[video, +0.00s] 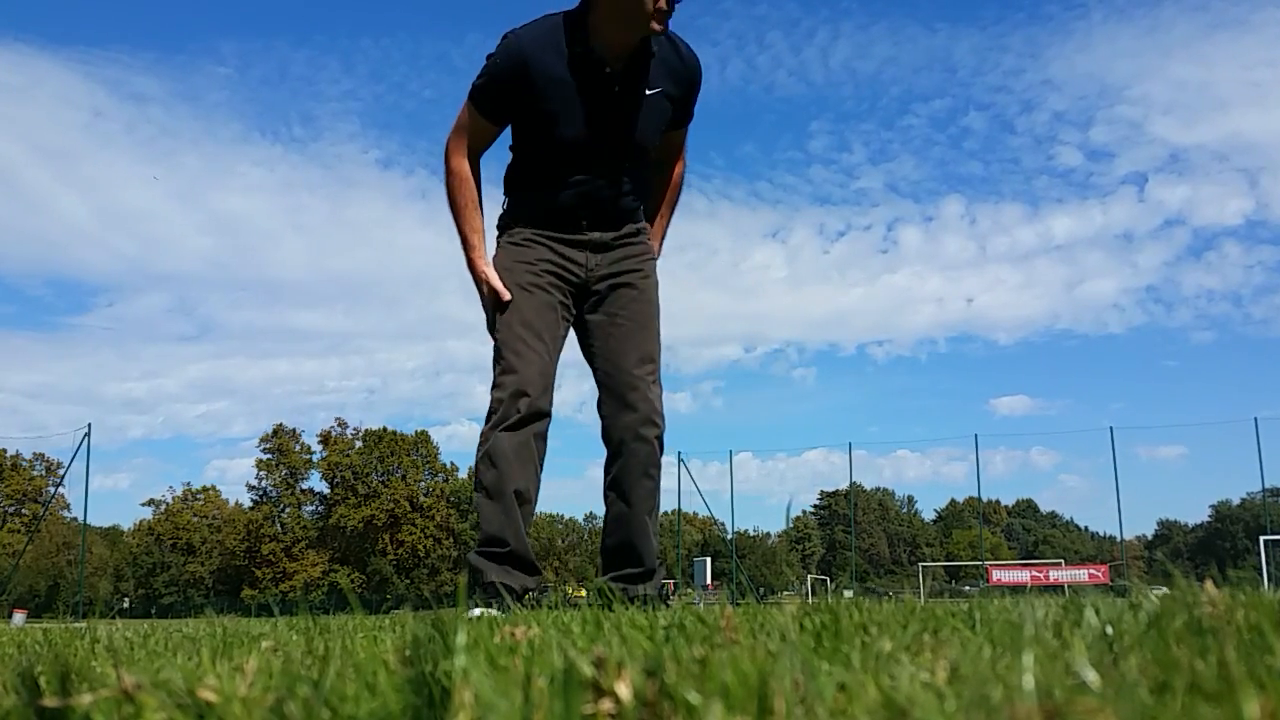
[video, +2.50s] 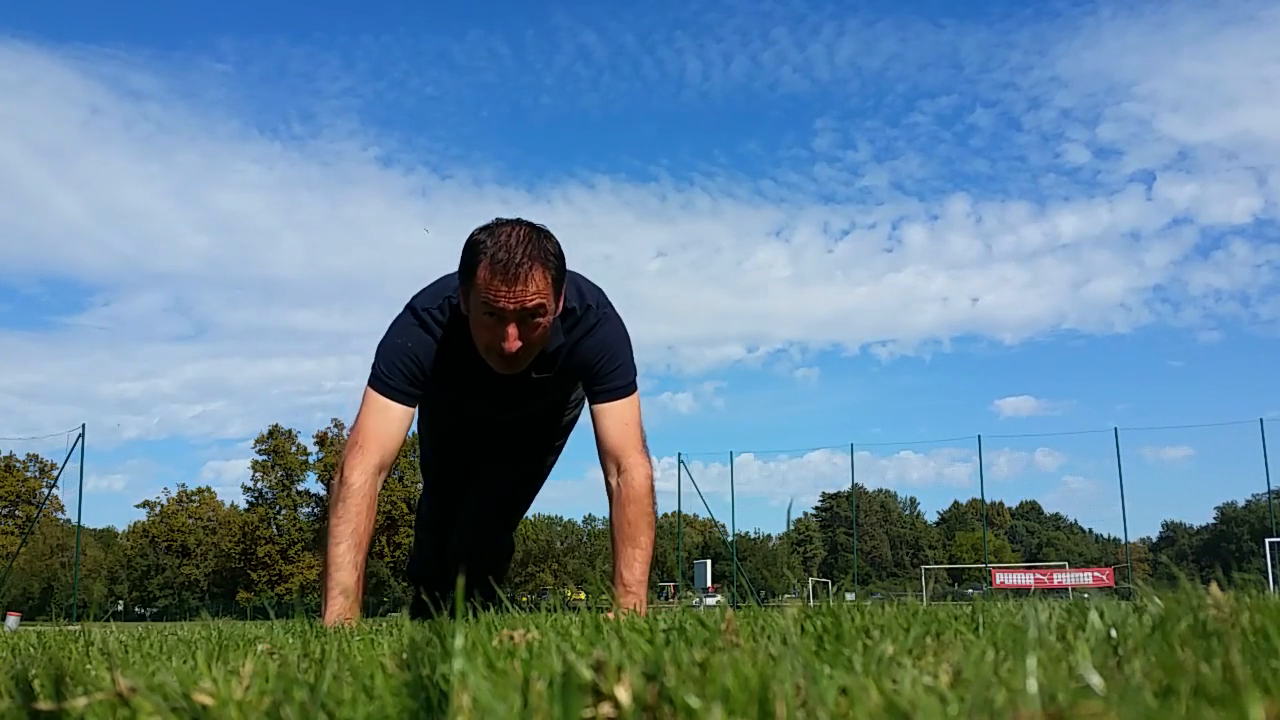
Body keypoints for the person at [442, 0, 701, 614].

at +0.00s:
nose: (668, 3)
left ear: (666, 6)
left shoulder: (677, 65)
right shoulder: (527, 52)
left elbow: (671, 157)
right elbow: (462, 147)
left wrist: (648, 247)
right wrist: (477, 258)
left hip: (626, 249)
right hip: (534, 243)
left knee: (638, 413)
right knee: (521, 402)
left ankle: (636, 584)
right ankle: (500, 583)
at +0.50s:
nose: (520, 121)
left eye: (535, 101)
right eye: (502, 103)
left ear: (564, 76)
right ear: (476, 80)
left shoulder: (604, 110)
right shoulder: (440, 124)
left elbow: (680, 228)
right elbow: (381, 259)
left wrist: (706, 336)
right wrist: (401, 379)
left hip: (556, 248)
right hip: (466, 255)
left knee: (577, 407)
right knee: (482, 400)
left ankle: (588, 583)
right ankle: (498, 590)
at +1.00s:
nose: (502, 317)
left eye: (521, 297)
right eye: (484, 298)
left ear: (552, 265)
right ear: (457, 268)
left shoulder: (588, 279)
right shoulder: (414, 266)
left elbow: (629, 442)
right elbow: (350, 406)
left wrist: (639, 602)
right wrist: (350, 562)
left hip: (550, 320)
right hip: (451, 312)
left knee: (515, 432)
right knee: (440, 426)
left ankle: (476, 578)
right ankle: (494, 579)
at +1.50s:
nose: (516, 300)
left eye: (538, 275)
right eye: (496, 274)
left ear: (572, 260)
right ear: (471, 254)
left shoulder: (618, 289)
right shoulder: (423, 300)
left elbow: (656, 453)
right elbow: (368, 453)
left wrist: (649, 610)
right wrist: (344, 616)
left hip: (559, 382)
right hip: (465, 375)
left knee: (514, 494)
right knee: (381, 474)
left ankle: (476, 586)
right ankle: (457, 560)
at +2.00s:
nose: (506, 324)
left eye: (527, 302)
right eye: (487, 300)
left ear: (555, 286)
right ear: (457, 279)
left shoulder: (589, 320)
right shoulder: (412, 309)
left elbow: (632, 463)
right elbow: (355, 461)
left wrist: (646, 612)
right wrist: (337, 622)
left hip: (511, 421)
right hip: (424, 415)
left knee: (483, 530)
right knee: (410, 525)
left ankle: (466, 627)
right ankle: (392, 614)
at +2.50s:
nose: (511, 339)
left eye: (531, 317)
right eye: (493, 316)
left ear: (557, 300)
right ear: (464, 296)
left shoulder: (594, 326)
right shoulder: (423, 327)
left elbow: (627, 468)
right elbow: (361, 467)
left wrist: (630, 613)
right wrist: (340, 624)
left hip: (542, 410)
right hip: (454, 404)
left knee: (494, 524)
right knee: (441, 511)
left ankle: (476, 626)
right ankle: (427, 623)